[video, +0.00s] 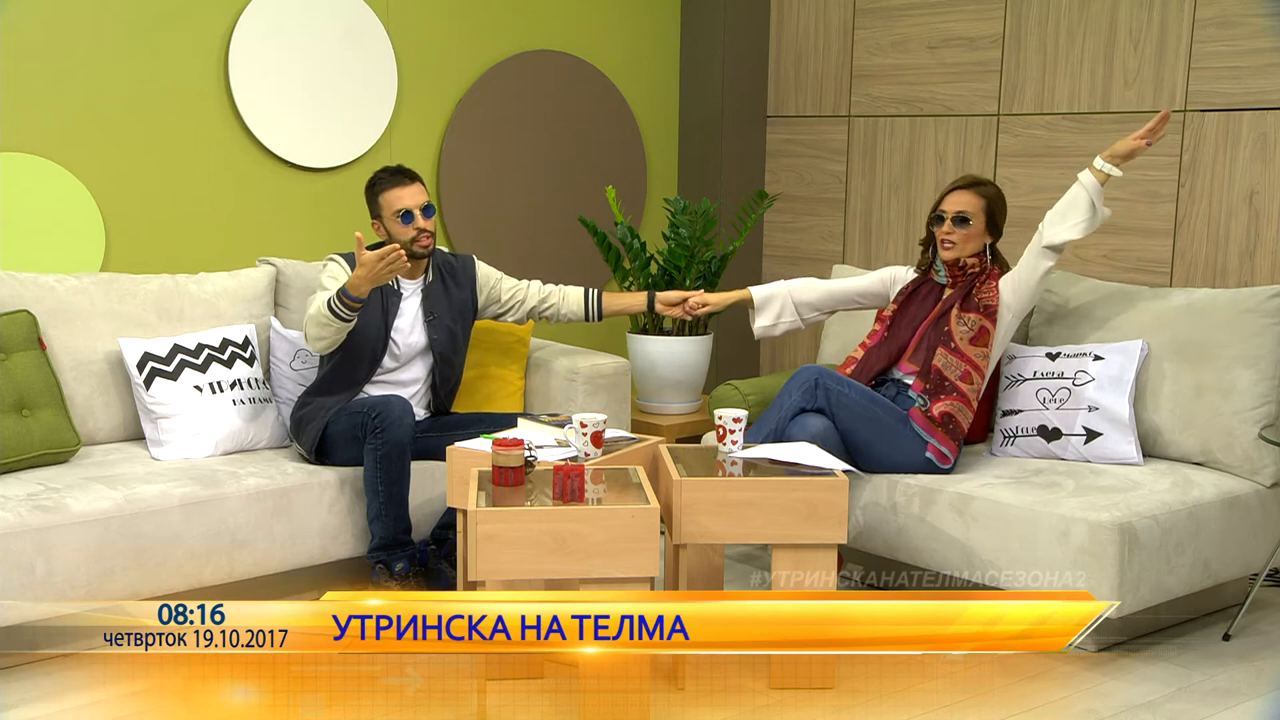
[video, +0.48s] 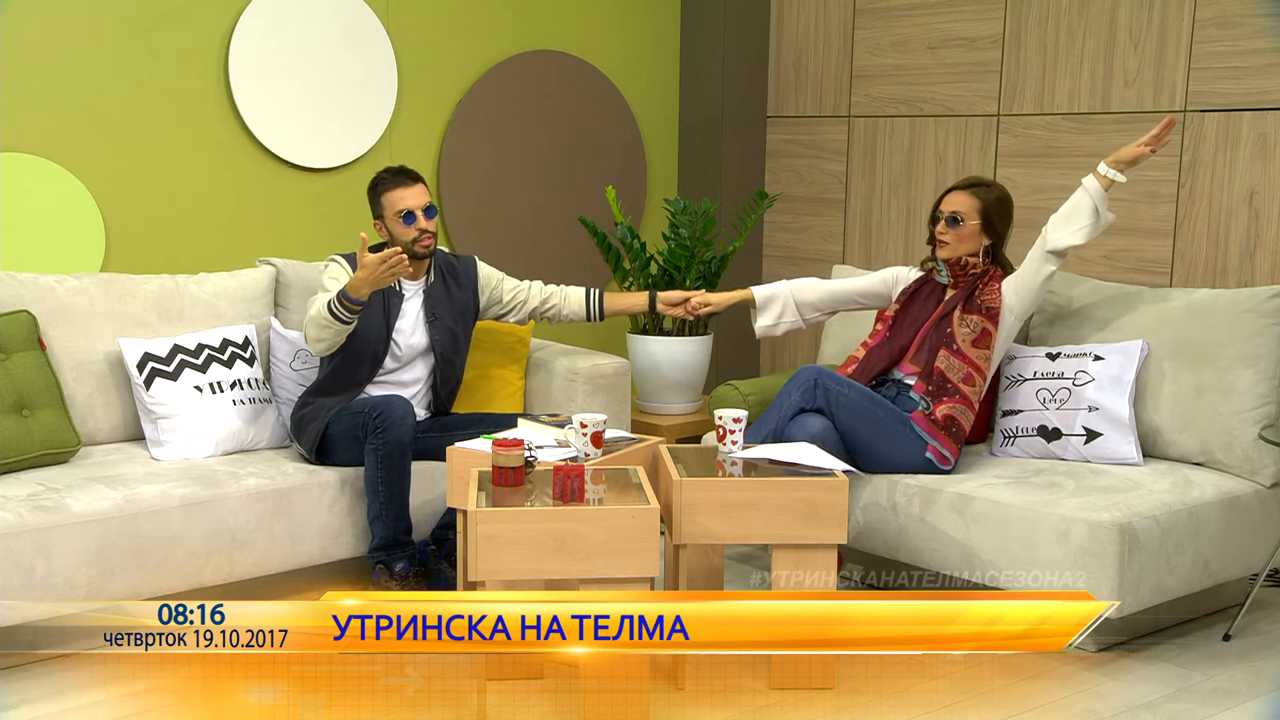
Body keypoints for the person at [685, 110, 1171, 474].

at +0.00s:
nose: (947, 230)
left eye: (962, 221)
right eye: (941, 220)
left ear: (992, 233)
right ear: (931, 229)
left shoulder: (1002, 297)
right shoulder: (909, 284)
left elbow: (1049, 242)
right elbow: (822, 291)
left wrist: (1106, 164)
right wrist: (729, 298)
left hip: (924, 433)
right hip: (868, 417)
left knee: (815, 379)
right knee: (803, 435)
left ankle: (736, 460)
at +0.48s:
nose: (941, 230)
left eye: (956, 221)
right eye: (939, 221)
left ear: (990, 232)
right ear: (935, 230)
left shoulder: (1005, 297)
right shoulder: (910, 283)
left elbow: (1052, 246)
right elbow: (823, 290)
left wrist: (1112, 168)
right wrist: (729, 298)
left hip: (925, 435)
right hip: (868, 415)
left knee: (814, 377)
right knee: (805, 428)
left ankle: (730, 469)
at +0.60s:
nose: (943, 231)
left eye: (957, 222)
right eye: (940, 222)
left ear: (992, 233)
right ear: (934, 231)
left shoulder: (1006, 297)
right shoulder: (911, 283)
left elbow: (1056, 245)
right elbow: (824, 291)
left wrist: (1115, 168)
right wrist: (730, 298)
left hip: (926, 435)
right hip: (869, 416)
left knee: (815, 376)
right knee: (807, 427)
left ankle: (730, 456)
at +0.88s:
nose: (942, 234)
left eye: (956, 225)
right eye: (937, 225)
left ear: (989, 235)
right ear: (932, 233)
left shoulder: (1003, 297)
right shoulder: (907, 283)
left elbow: (1053, 244)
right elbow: (822, 294)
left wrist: (1108, 169)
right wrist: (731, 297)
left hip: (931, 442)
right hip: (869, 423)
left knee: (831, 364)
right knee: (792, 421)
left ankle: (703, 415)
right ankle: (809, 567)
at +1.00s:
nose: (938, 238)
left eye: (952, 229)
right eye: (933, 229)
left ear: (985, 238)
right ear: (928, 236)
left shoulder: (1000, 296)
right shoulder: (906, 285)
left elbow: (1046, 244)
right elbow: (821, 294)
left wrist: (1097, 167)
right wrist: (730, 298)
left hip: (929, 440)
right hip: (868, 427)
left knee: (838, 360)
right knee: (764, 422)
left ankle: (700, 397)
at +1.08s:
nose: (930, 237)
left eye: (944, 228)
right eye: (927, 228)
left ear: (978, 237)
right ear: (924, 235)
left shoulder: (996, 297)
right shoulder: (903, 283)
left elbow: (1039, 244)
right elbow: (818, 296)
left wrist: (1091, 166)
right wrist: (733, 296)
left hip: (930, 441)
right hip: (869, 429)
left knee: (842, 359)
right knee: (782, 421)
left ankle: (718, 414)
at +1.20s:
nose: (920, 235)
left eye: (934, 226)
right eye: (917, 226)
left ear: (969, 234)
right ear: (913, 232)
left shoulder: (991, 294)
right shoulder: (896, 285)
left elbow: (1028, 247)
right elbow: (816, 299)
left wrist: (1076, 171)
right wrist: (725, 300)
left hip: (931, 437)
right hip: (864, 423)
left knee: (836, 368)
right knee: (772, 398)